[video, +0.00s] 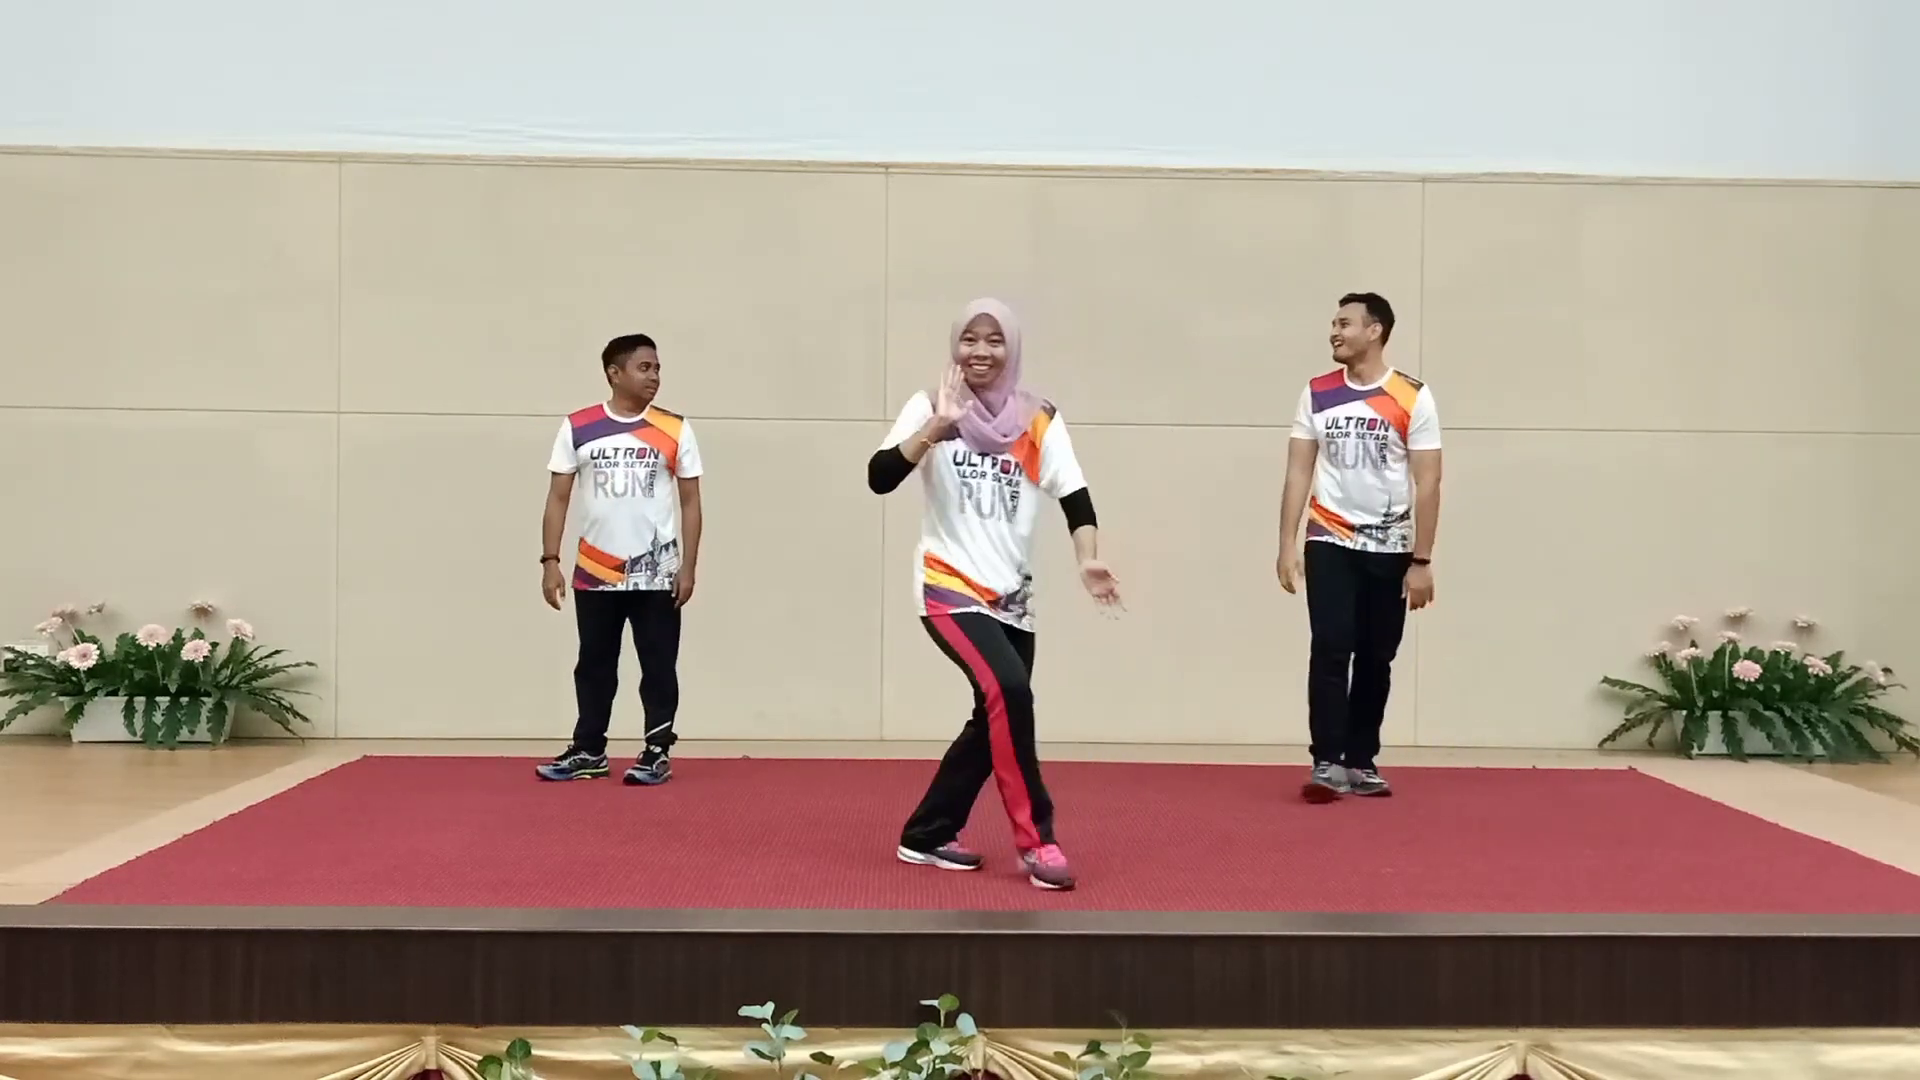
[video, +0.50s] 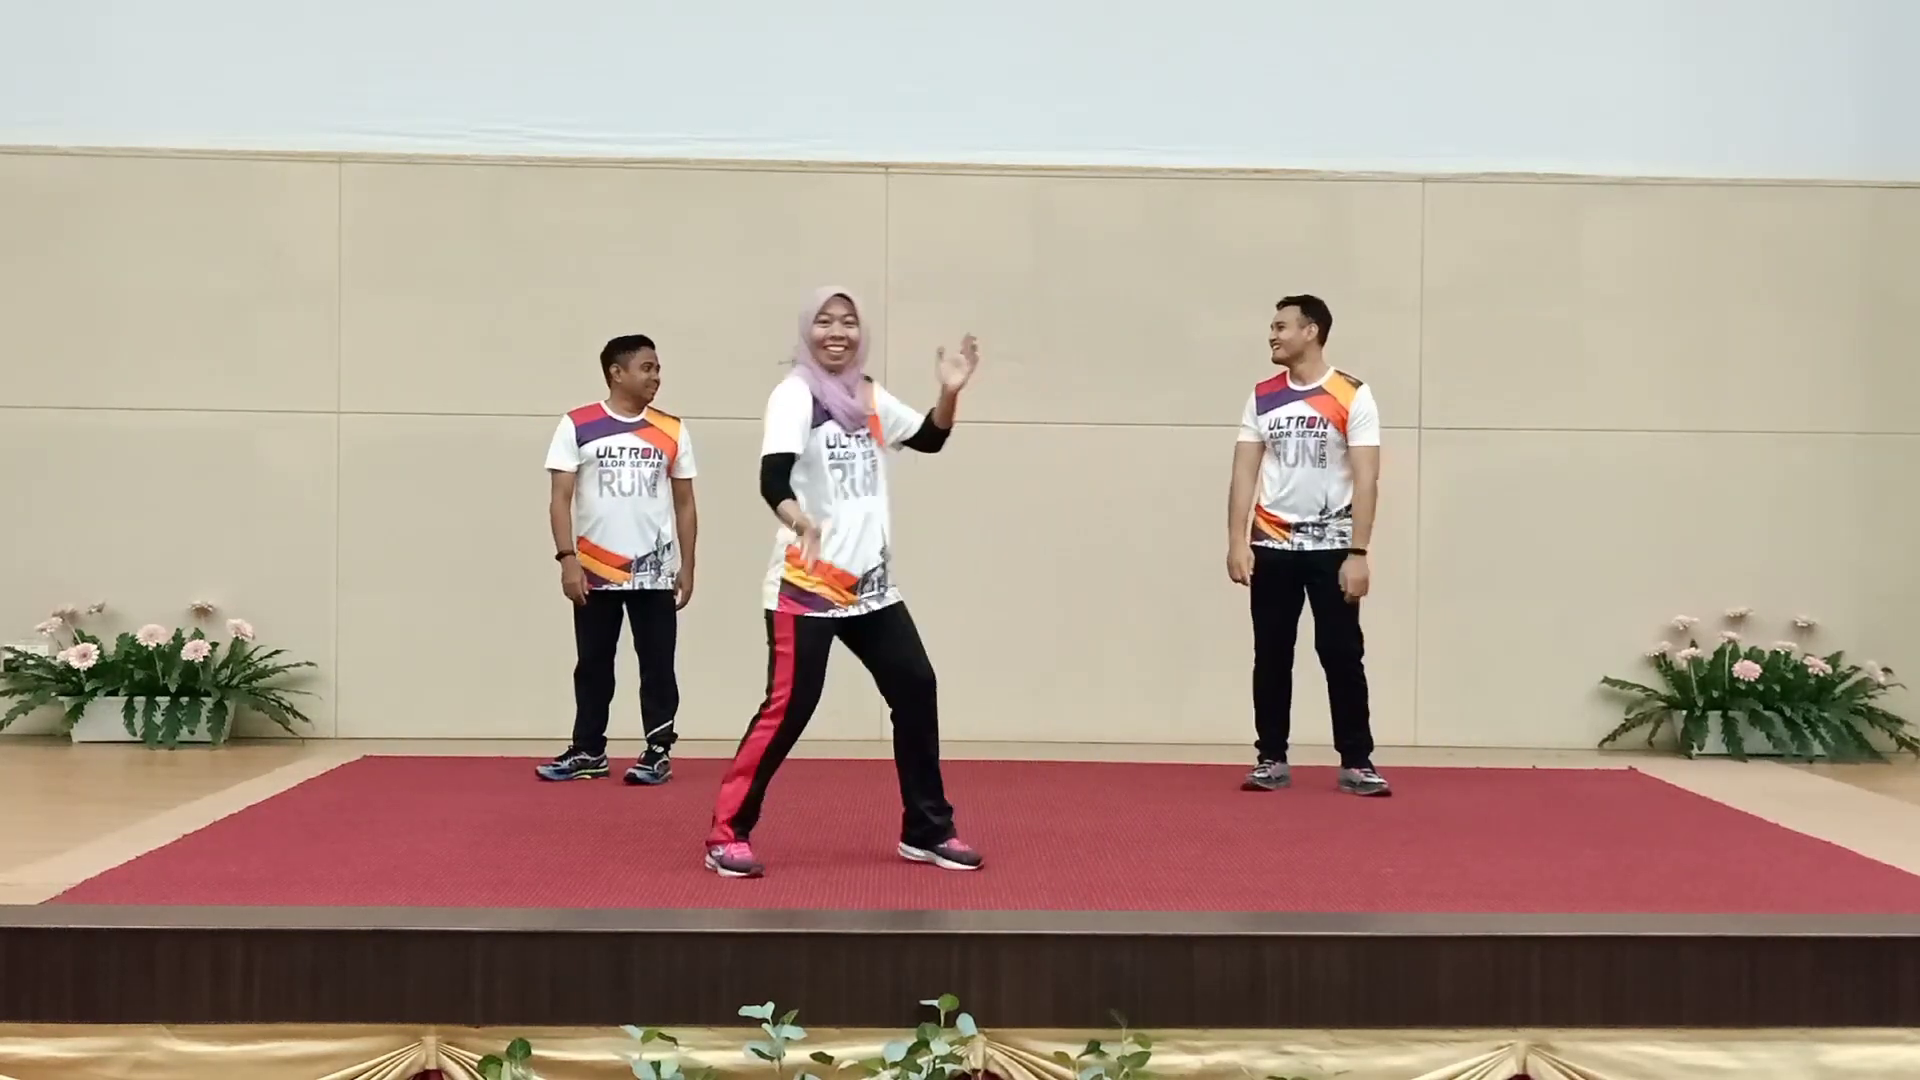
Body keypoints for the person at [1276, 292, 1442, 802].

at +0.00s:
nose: (1334, 332)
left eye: (1344, 324)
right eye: (1334, 324)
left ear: (1377, 331)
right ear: (1340, 332)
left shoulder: (1414, 398)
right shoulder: (1318, 394)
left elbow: (1428, 483)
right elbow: (1299, 470)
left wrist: (1422, 560)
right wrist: (1288, 542)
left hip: (1389, 549)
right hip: (1329, 542)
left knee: (1375, 661)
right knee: (1330, 650)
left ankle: (1360, 762)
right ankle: (1326, 761)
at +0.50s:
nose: (1272, 336)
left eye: (1282, 328)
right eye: (1273, 328)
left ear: (1313, 333)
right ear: (1295, 335)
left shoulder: (1353, 396)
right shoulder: (1262, 396)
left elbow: (1366, 480)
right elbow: (1245, 472)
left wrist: (1359, 552)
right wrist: (1237, 541)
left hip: (1332, 550)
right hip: (1271, 548)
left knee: (1343, 658)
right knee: (1271, 658)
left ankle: (1357, 763)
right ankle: (1271, 760)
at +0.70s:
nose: (1259, 339)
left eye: (1269, 331)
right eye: (1260, 332)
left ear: (1300, 337)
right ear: (1284, 339)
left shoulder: (1337, 397)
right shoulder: (1252, 399)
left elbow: (1340, 480)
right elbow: (1235, 474)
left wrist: (1311, 548)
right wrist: (1219, 542)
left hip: (1314, 549)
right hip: (1256, 548)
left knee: (1328, 655)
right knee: (1262, 658)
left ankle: (1354, 763)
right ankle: (1271, 760)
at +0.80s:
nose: (1253, 337)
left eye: (1263, 330)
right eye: (1254, 330)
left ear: (1294, 336)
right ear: (1270, 337)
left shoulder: (1331, 396)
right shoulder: (1244, 398)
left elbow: (1323, 478)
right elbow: (1227, 475)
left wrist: (1283, 537)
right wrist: (1211, 546)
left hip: (1308, 545)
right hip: (1251, 546)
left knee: (1323, 652)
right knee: (1260, 657)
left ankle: (1353, 762)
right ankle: (1272, 761)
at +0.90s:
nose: (1250, 337)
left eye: (1260, 329)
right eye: (1251, 329)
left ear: (1291, 336)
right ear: (1265, 337)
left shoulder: (1327, 396)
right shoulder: (1241, 398)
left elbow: (1322, 480)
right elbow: (1225, 475)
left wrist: (1276, 535)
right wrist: (1208, 547)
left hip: (1307, 545)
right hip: (1250, 545)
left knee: (1325, 652)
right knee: (1260, 658)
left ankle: (1354, 762)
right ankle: (1272, 761)